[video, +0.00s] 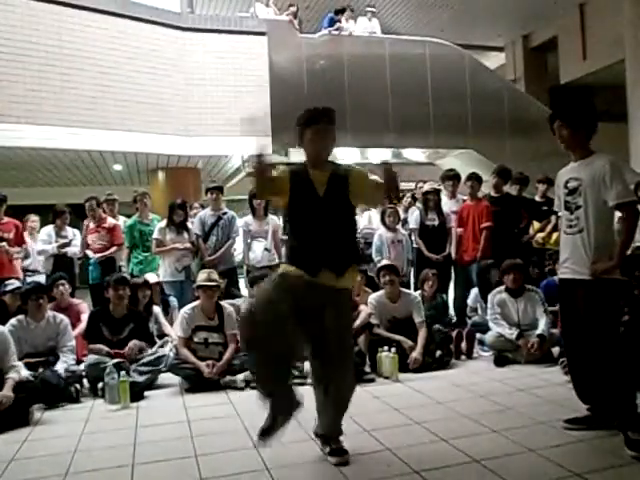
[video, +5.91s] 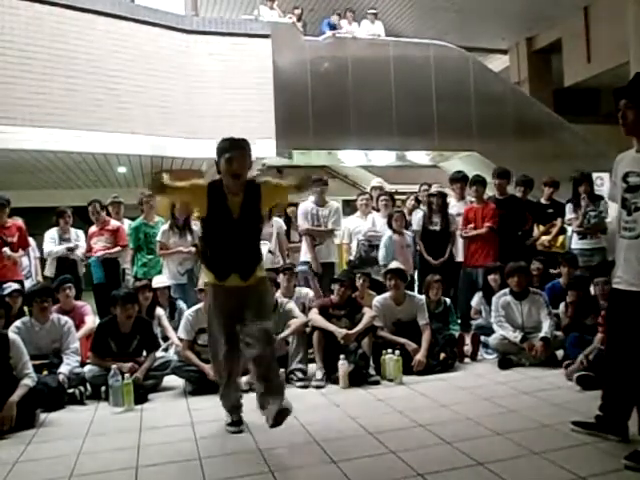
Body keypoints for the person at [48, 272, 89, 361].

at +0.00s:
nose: (61, 289)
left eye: (63, 285)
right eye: (57, 286)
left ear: (70, 288)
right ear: (52, 293)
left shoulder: (80, 305)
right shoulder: (50, 309)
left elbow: (84, 322)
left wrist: (72, 335)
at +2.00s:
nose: (61, 290)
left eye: (63, 286)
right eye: (57, 288)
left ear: (69, 288)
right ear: (52, 293)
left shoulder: (79, 305)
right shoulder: (49, 310)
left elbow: (86, 322)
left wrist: (70, 336)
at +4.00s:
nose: (64, 293)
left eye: (66, 289)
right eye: (59, 291)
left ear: (72, 290)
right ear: (55, 296)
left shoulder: (83, 307)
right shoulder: (53, 312)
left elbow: (90, 325)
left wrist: (74, 338)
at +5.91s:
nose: (67, 292)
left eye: (70, 288)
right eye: (63, 290)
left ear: (74, 291)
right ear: (57, 295)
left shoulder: (84, 307)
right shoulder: (53, 311)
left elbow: (90, 324)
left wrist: (74, 338)